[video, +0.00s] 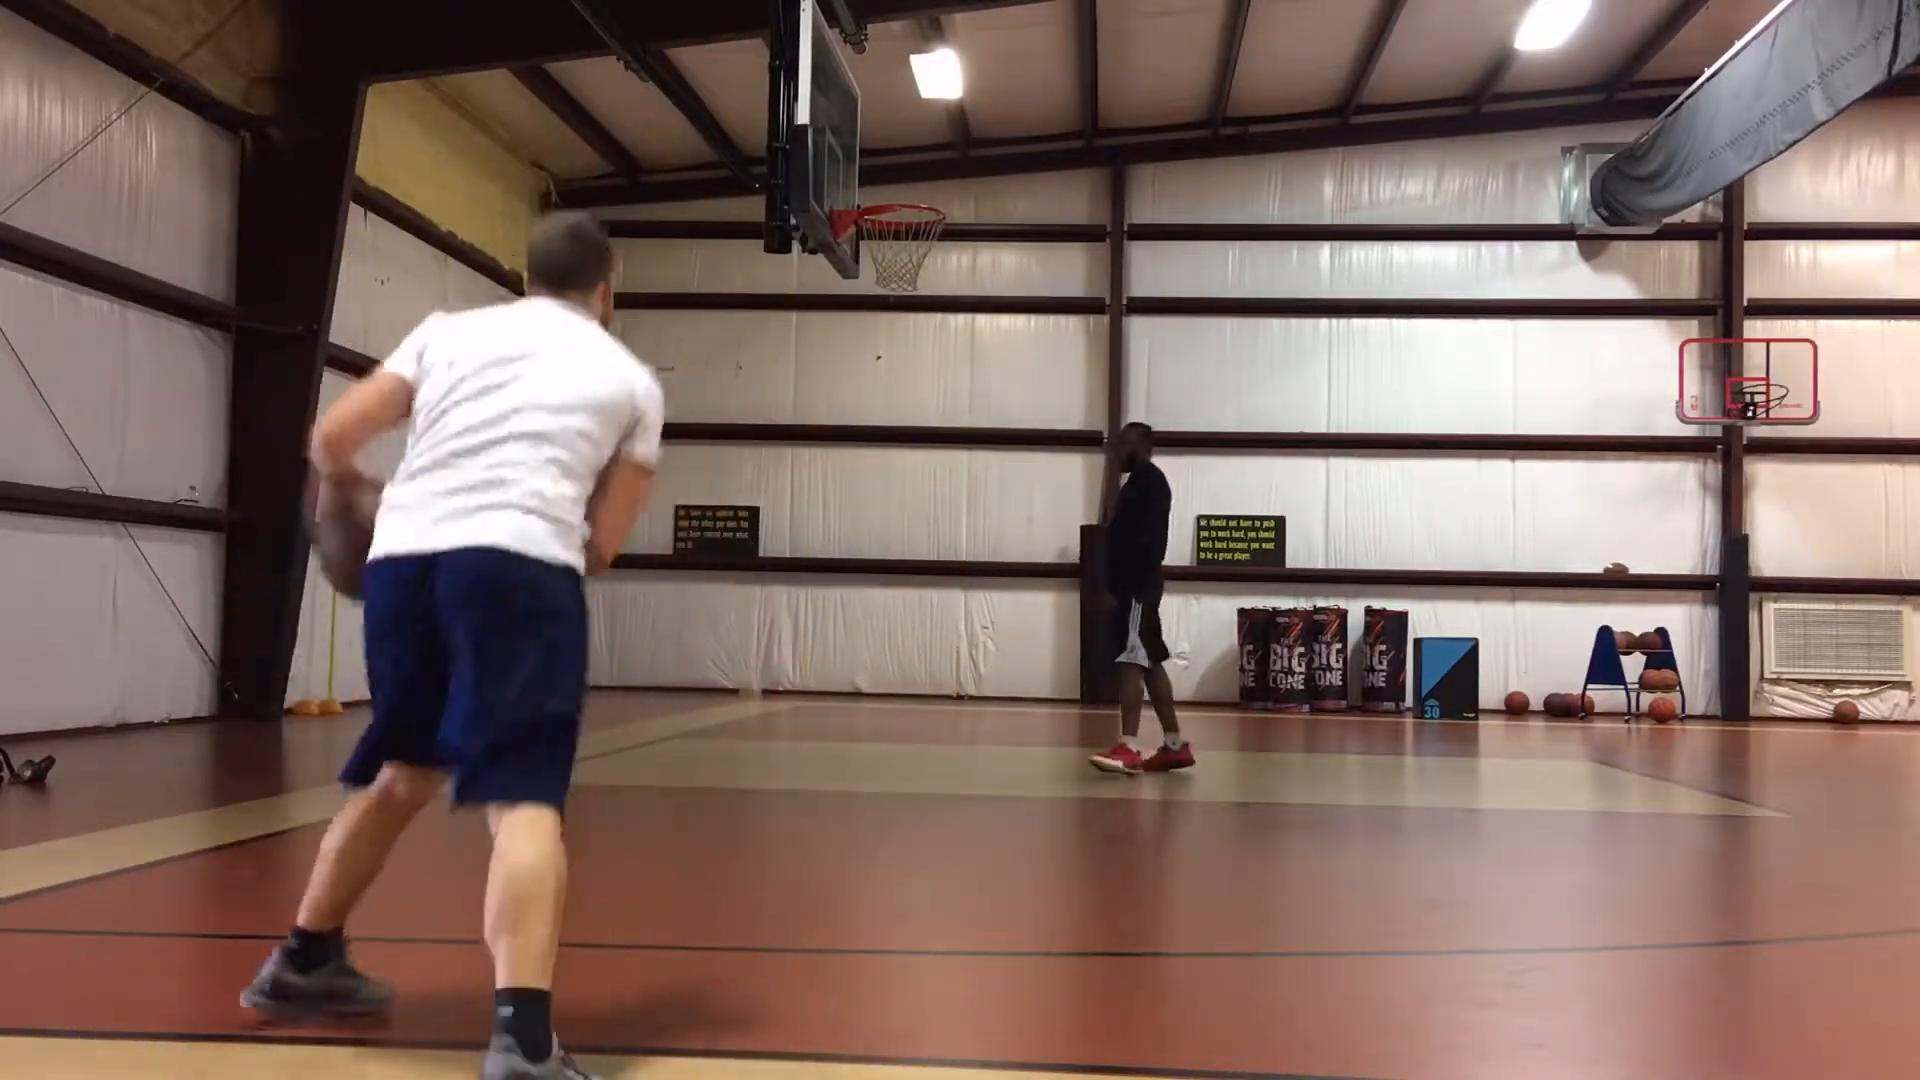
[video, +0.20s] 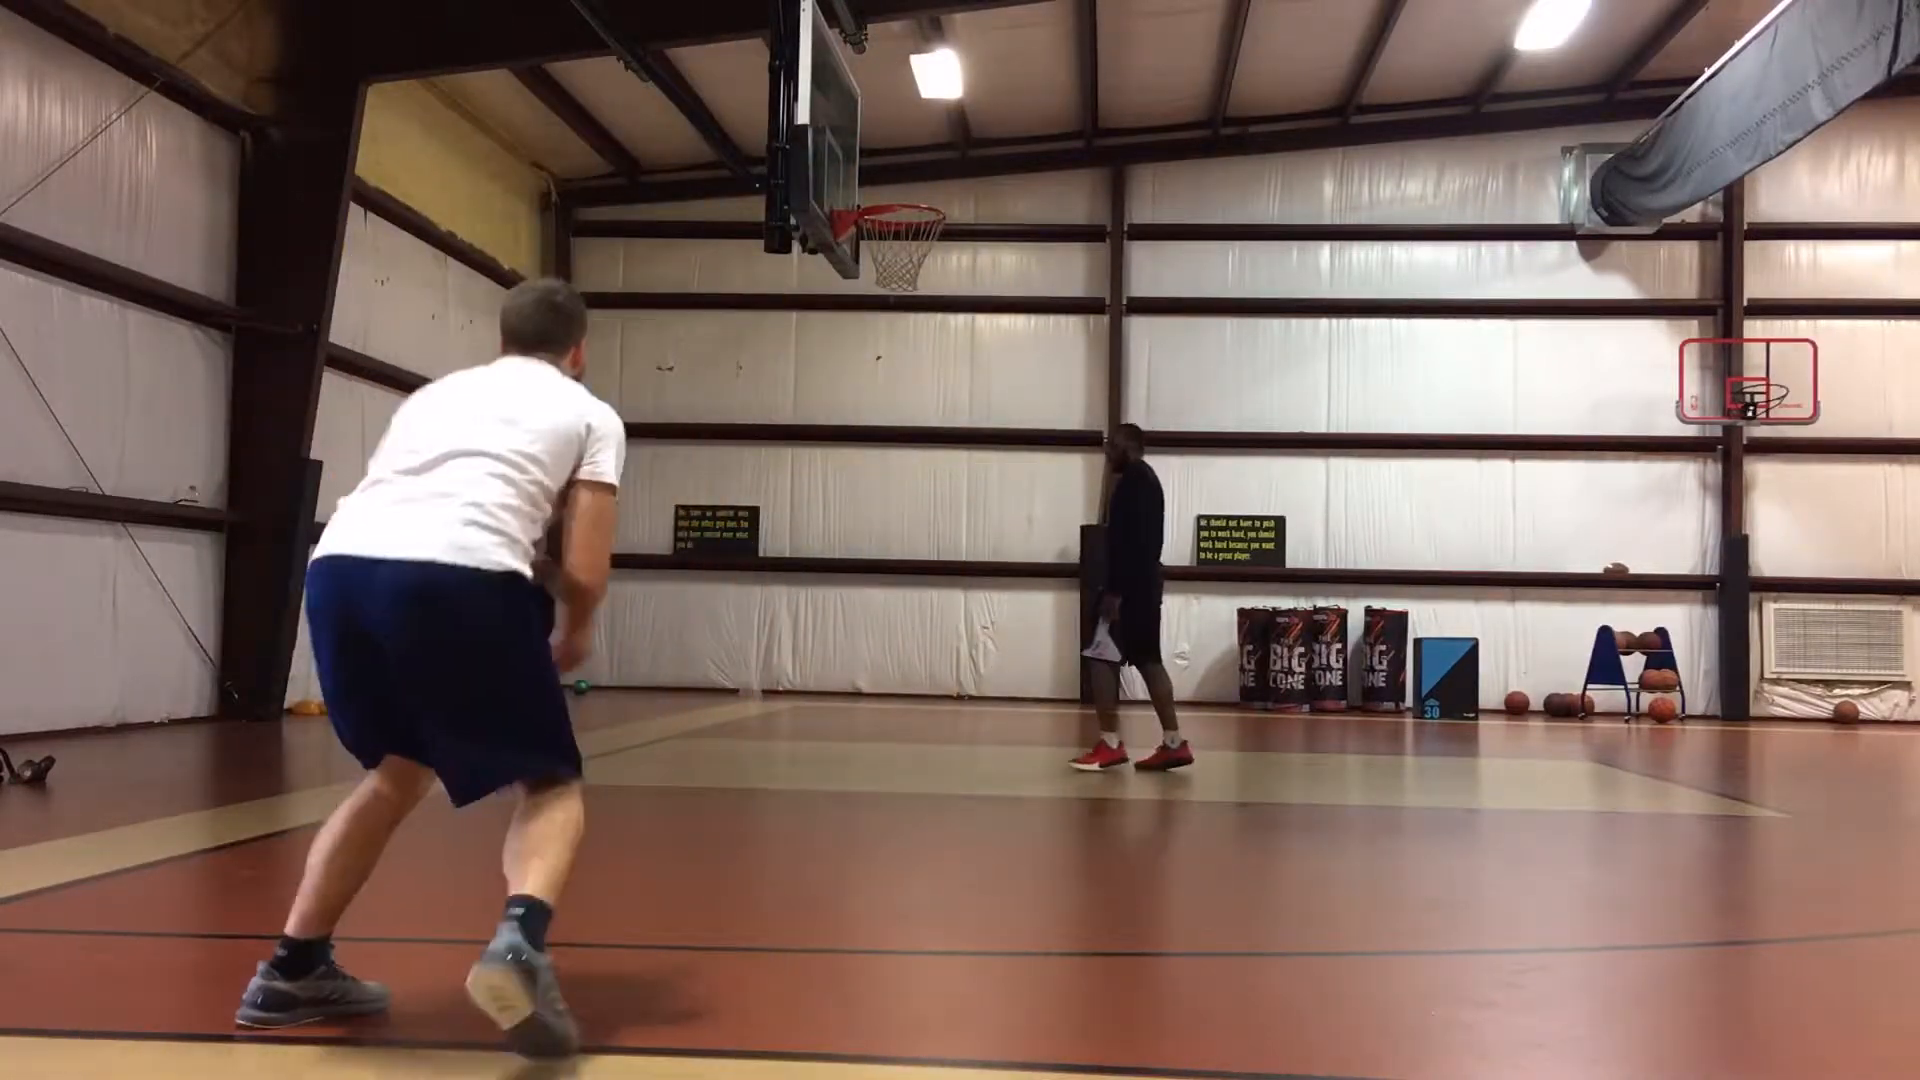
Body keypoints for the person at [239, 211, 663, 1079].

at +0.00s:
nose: (616, 302)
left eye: (608, 292)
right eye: (618, 292)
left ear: (528, 279)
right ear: (606, 291)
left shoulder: (447, 330)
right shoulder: (631, 380)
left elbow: (333, 435)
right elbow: (603, 543)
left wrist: (349, 491)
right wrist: (526, 534)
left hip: (402, 563)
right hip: (519, 570)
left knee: (403, 767)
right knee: (527, 798)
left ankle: (305, 957)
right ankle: (523, 1040)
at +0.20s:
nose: (587, 364)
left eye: (583, 356)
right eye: (588, 355)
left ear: (502, 345)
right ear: (576, 356)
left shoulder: (432, 393)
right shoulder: (589, 413)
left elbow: (376, 498)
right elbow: (583, 571)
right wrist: (575, 634)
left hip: (341, 571)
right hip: (463, 579)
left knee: (399, 770)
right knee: (551, 784)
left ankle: (295, 964)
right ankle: (521, 943)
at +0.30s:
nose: (577, 352)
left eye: (573, 342)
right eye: (577, 342)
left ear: (491, 343)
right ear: (565, 346)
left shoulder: (440, 400)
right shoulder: (576, 412)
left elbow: (426, 514)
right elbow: (614, 574)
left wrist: (549, 541)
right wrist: (639, 568)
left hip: (341, 601)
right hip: (458, 604)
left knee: (420, 790)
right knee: (538, 790)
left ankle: (302, 964)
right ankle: (487, 982)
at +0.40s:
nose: (565, 318)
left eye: (559, 306)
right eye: (564, 307)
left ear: (481, 312)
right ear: (553, 314)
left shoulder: (440, 372)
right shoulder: (564, 382)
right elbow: (657, 475)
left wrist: (553, 361)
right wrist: (667, 375)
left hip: (361, 613)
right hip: (466, 616)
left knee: (417, 814)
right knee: (539, 813)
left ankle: (309, 960)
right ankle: (483, 978)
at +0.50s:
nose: (568, 228)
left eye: (561, 218)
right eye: (563, 213)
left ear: (480, 219)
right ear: (553, 223)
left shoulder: (450, 285)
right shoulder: (559, 294)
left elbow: (509, 236)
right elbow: (676, 286)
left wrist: (552, 168)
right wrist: (631, 188)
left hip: (399, 545)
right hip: (499, 545)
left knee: (399, 761)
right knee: (540, 760)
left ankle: (315, 947)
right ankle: (495, 957)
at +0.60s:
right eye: (556, 118)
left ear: (485, 137)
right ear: (556, 133)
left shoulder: (468, 196)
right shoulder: (572, 197)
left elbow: (515, 128)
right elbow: (657, 111)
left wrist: (544, 49)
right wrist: (648, 26)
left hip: (437, 448)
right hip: (534, 452)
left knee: (410, 670)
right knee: (542, 674)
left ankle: (352, 874)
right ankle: (537, 874)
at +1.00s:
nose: (598, 234)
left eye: (572, 225)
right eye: (593, 225)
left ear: (523, 237)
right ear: (590, 237)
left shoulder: (504, 296)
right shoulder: (609, 307)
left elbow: (531, 213)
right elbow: (682, 233)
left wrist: (551, 145)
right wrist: (651, 153)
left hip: (499, 563)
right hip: (585, 568)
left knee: (524, 757)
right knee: (616, 773)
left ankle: (477, 917)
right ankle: (560, 955)